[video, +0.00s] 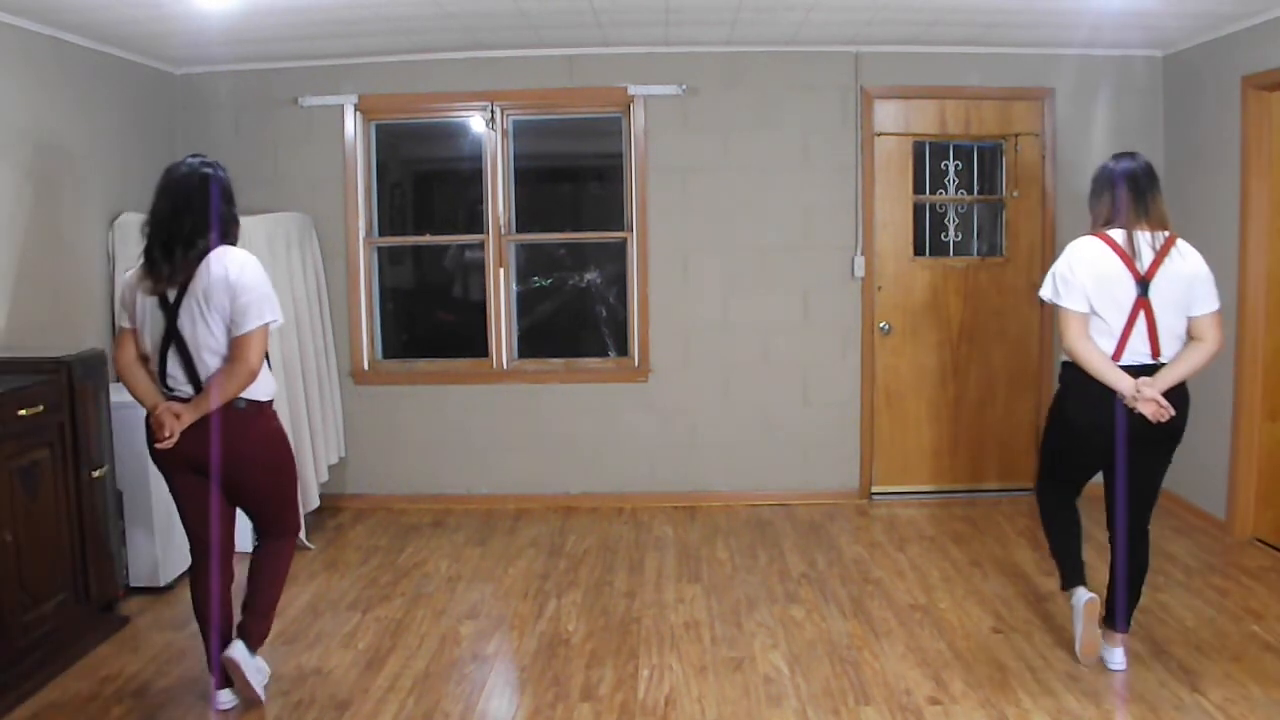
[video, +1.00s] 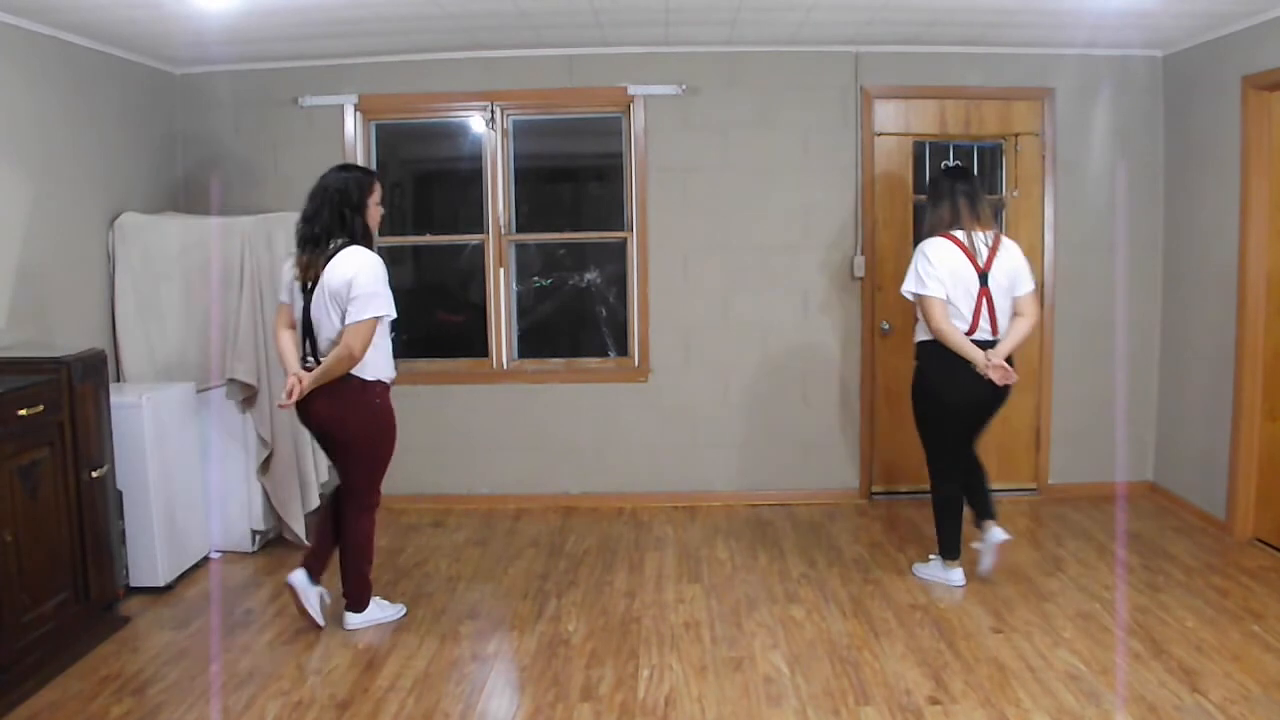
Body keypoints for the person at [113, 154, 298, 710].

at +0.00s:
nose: (229, 211)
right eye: (226, 203)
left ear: (163, 210)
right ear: (223, 209)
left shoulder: (139, 279)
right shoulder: (238, 267)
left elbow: (126, 358)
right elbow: (245, 363)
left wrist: (158, 407)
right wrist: (190, 410)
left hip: (171, 429)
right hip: (239, 425)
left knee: (207, 553)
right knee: (278, 529)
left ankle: (219, 683)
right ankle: (249, 644)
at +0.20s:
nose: (239, 216)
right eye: (240, 206)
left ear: (182, 213)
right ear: (243, 212)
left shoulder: (158, 280)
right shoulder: (259, 270)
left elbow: (142, 358)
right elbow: (266, 358)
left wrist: (173, 403)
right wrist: (210, 406)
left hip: (184, 425)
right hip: (252, 423)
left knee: (211, 551)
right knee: (293, 516)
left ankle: (224, 682)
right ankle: (263, 625)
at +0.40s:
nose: (275, 219)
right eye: (272, 211)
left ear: (212, 218)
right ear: (268, 218)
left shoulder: (185, 281)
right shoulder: (283, 273)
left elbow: (166, 354)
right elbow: (288, 359)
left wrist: (197, 399)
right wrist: (227, 406)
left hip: (207, 425)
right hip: (274, 423)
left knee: (223, 549)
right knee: (311, 519)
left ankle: (224, 679)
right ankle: (312, 621)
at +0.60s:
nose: (311, 229)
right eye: (310, 221)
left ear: (253, 224)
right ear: (305, 227)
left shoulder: (228, 287)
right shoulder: (319, 284)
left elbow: (211, 356)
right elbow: (324, 367)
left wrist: (237, 397)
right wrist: (267, 408)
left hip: (247, 428)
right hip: (312, 426)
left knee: (249, 544)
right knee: (331, 522)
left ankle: (229, 668)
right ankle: (355, 606)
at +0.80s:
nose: (358, 212)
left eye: (355, 202)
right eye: (353, 204)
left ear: (298, 212)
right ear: (339, 213)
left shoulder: (267, 272)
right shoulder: (355, 271)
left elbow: (254, 338)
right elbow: (354, 353)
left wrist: (273, 381)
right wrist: (298, 388)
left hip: (286, 408)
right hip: (345, 406)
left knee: (308, 504)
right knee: (351, 509)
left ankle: (265, 590)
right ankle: (358, 607)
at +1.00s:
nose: (382, 213)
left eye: (381, 203)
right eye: (377, 204)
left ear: (327, 207)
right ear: (355, 208)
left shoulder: (304, 262)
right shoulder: (366, 265)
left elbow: (285, 326)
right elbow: (352, 348)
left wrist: (295, 372)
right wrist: (310, 379)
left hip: (317, 397)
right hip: (359, 399)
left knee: (351, 486)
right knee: (362, 500)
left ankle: (309, 573)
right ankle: (359, 605)